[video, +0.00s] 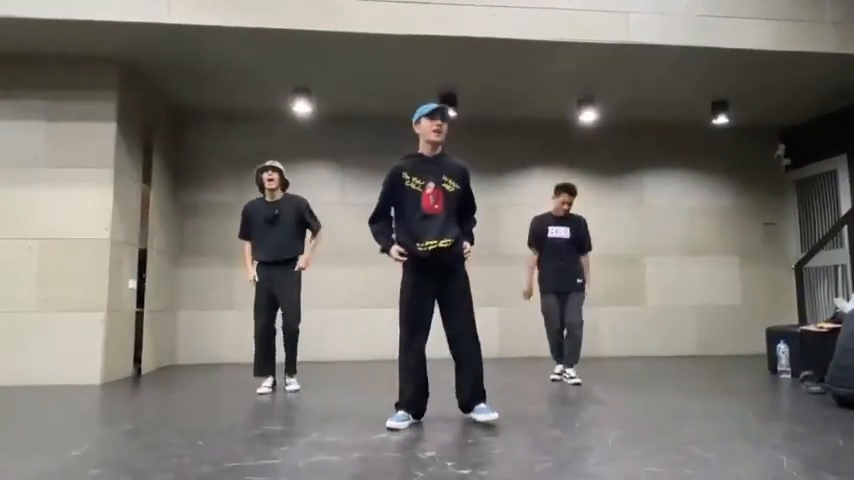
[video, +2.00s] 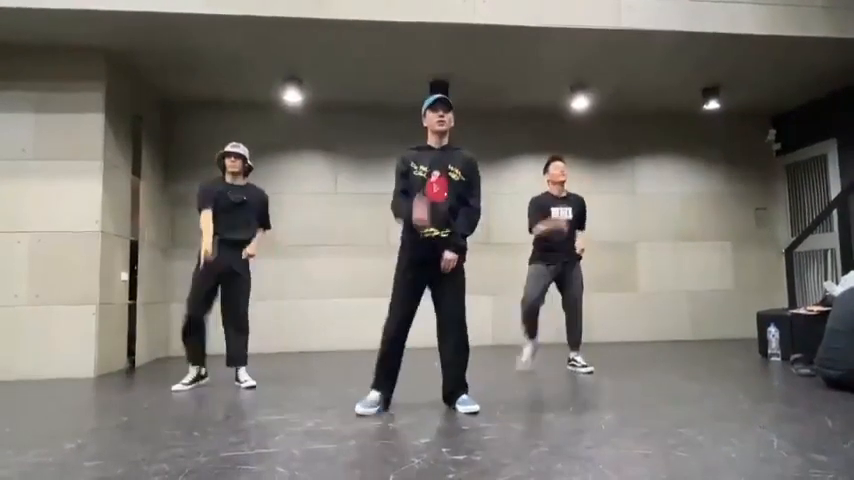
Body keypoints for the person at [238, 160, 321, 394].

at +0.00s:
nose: (269, 177)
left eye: (273, 174)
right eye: (266, 175)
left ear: (282, 179)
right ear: (260, 180)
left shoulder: (297, 203)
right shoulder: (252, 208)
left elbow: (317, 229)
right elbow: (247, 240)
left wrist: (308, 255)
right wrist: (249, 267)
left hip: (290, 271)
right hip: (264, 271)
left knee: (291, 324)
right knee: (263, 326)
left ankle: (290, 375)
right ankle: (267, 377)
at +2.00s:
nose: (232, 161)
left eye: (237, 158)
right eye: (229, 157)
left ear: (246, 163)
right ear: (222, 162)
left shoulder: (258, 195)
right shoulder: (210, 189)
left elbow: (262, 227)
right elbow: (206, 219)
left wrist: (253, 245)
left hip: (238, 258)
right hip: (212, 255)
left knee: (237, 315)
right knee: (194, 311)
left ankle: (240, 369)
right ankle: (197, 368)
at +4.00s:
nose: (232, 161)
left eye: (236, 157)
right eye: (228, 157)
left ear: (245, 163)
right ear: (222, 163)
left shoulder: (261, 192)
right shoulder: (210, 192)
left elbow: (275, 224)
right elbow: (198, 221)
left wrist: (269, 241)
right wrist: (191, 225)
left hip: (250, 261)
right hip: (220, 261)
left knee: (257, 315)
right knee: (205, 314)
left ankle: (263, 368)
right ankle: (192, 368)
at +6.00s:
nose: (215, 165)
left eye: (219, 162)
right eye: (211, 162)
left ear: (229, 167)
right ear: (206, 167)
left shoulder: (242, 192)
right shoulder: (200, 192)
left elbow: (278, 204)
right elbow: (172, 203)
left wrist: (266, 215)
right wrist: (170, 206)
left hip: (227, 260)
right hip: (201, 262)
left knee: (244, 310)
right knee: (195, 317)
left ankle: (256, 360)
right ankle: (199, 372)